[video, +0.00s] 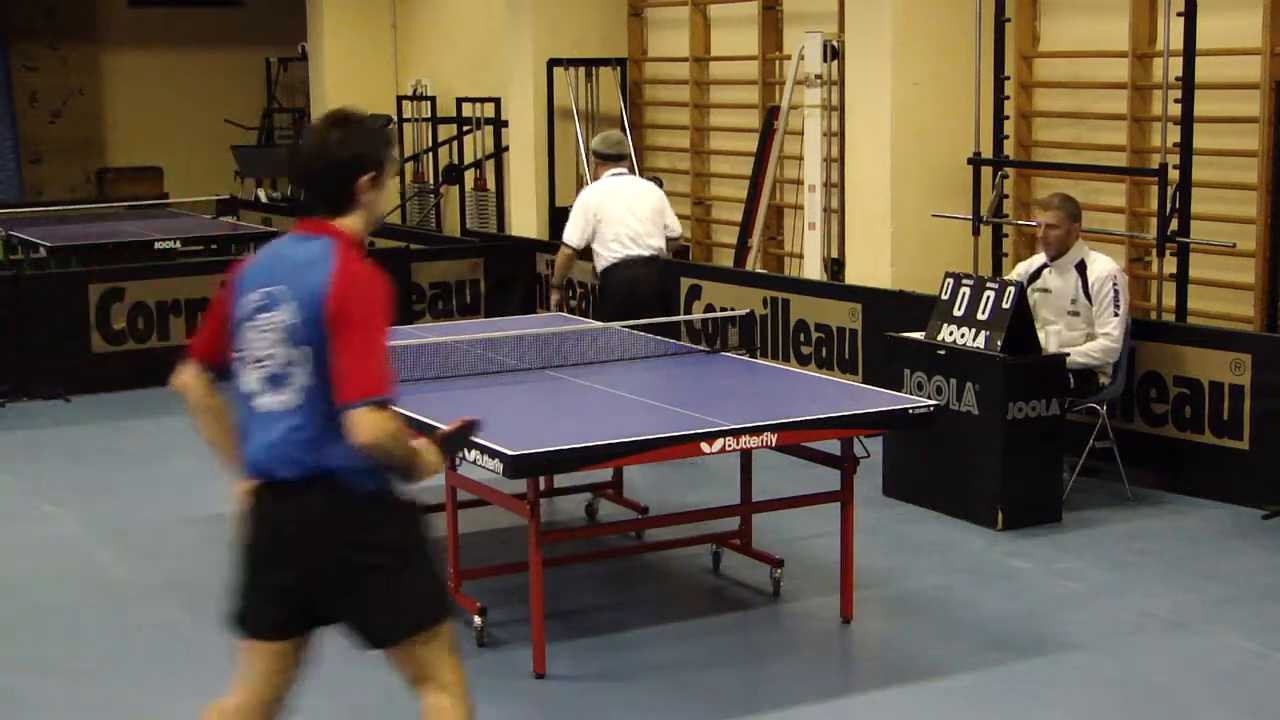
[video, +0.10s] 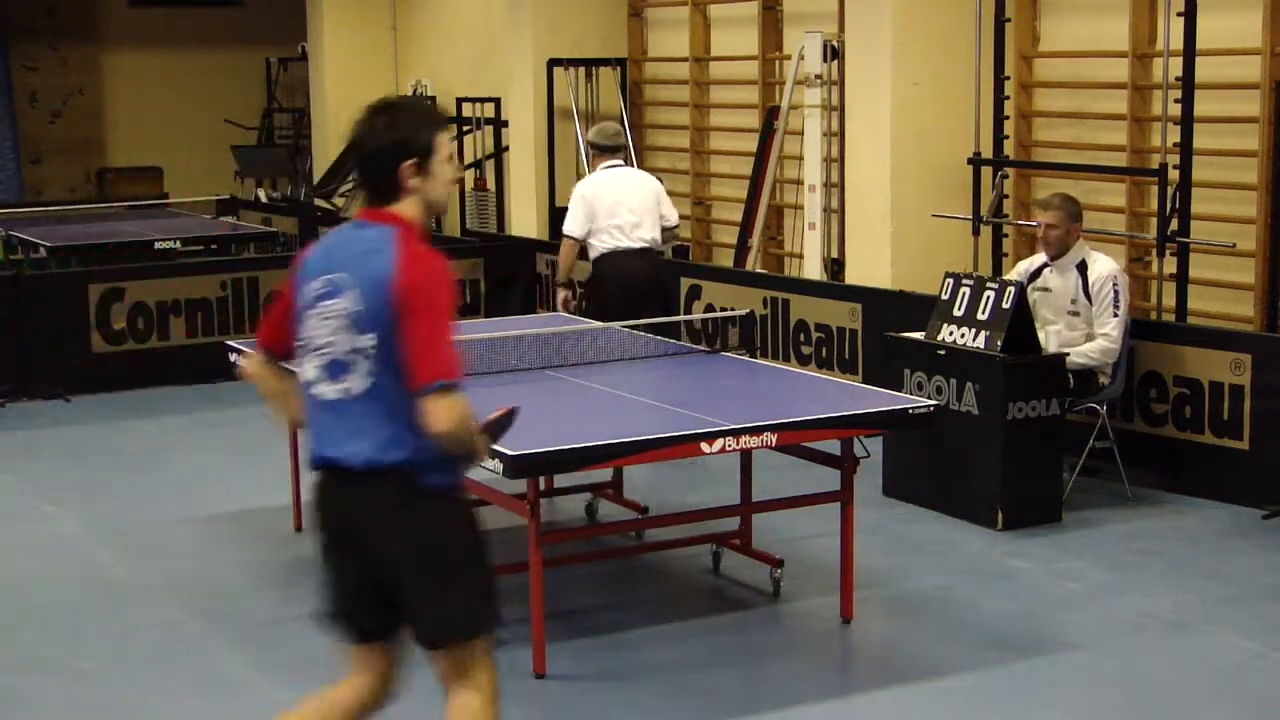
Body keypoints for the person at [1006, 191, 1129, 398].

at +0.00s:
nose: (1041, 235)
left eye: (1051, 228)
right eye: (1038, 226)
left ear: (1075, 231)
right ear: (1035, 226)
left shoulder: (1105, 274)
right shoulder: (1025, 271)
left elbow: (1110, 346)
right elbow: (997, 323)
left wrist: (1053, 362)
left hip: (1086, 375)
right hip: (1031, 370)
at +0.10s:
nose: (1041, 235)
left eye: (1051, 228)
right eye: (1039, 226)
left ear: (1075, 231)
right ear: (1035, 225)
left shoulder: (1105, 274)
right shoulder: (1026, 270)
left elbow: (1108, 347)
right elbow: (995, 317)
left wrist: (1050, 363)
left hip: (1085, 375)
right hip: (1031, 369)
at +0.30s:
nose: (1040, 235)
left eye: (1050, 227)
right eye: (1038, 226)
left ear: (1075, 230)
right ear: (1036, 226)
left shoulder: (1104, 273)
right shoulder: (1029, 265)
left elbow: (1107, 348)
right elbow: (987, 293)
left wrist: (1046, 363)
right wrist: (971, 264)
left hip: (1082, 376)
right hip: (1029, 370)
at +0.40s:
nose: (1041, 234)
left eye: (1051, 227)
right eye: (1039, 225)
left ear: (1074, 230)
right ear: (1037, 224)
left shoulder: (1104, 273)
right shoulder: (1028, 266)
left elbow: (1108, 347)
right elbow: (985, 295)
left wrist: (1049, 360)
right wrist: (975, 276)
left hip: (1082, 375)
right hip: (1029, 369)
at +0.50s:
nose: (1040, 234)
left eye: (1051, 227)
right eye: (1039, 225)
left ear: (1074, 230)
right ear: (1036, 225)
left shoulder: (1104, 273)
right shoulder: (1030, 265)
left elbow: (1112, 345)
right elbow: (993, 284)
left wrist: (1055, 356)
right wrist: (974, 280)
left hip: (1082, 373)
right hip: (1030, 366)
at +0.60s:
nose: (1041, 234)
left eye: (1050, 226)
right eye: (1039, 225)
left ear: (1074, 230)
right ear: (1036, 226)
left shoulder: (1104, 271)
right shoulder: (1031, 265)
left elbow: (1116, 343)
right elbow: (996, 283)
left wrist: (1060, 350)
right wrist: (974, 280)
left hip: (1082, 372)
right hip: (1030, 364)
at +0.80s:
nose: (1047, 231)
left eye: (1056, 223)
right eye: (1042, 223)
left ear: (1075, 227)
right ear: (1036, 226)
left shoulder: (1105, 270)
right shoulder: (1027, 268)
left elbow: (1125, 339)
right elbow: (993, 302)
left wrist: (1071, 345)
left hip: (1085, 373)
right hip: (1032, 367)